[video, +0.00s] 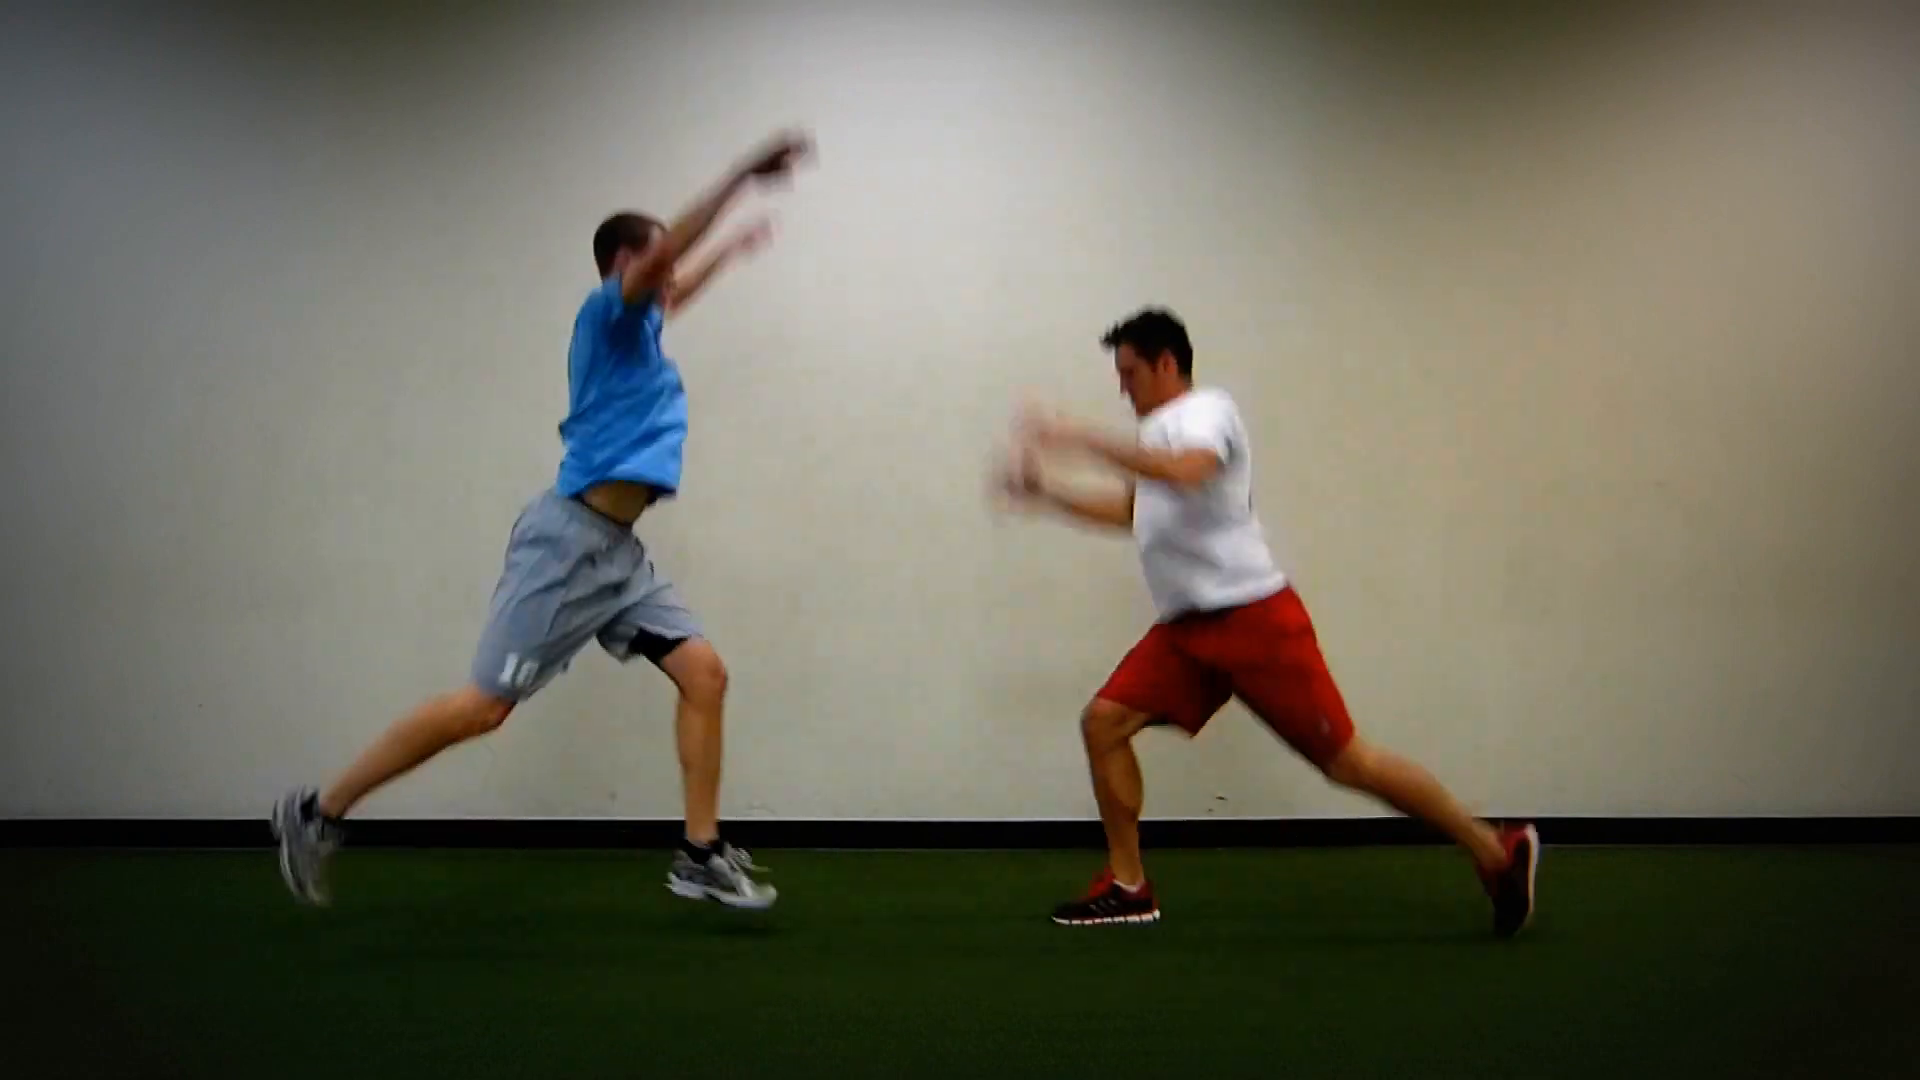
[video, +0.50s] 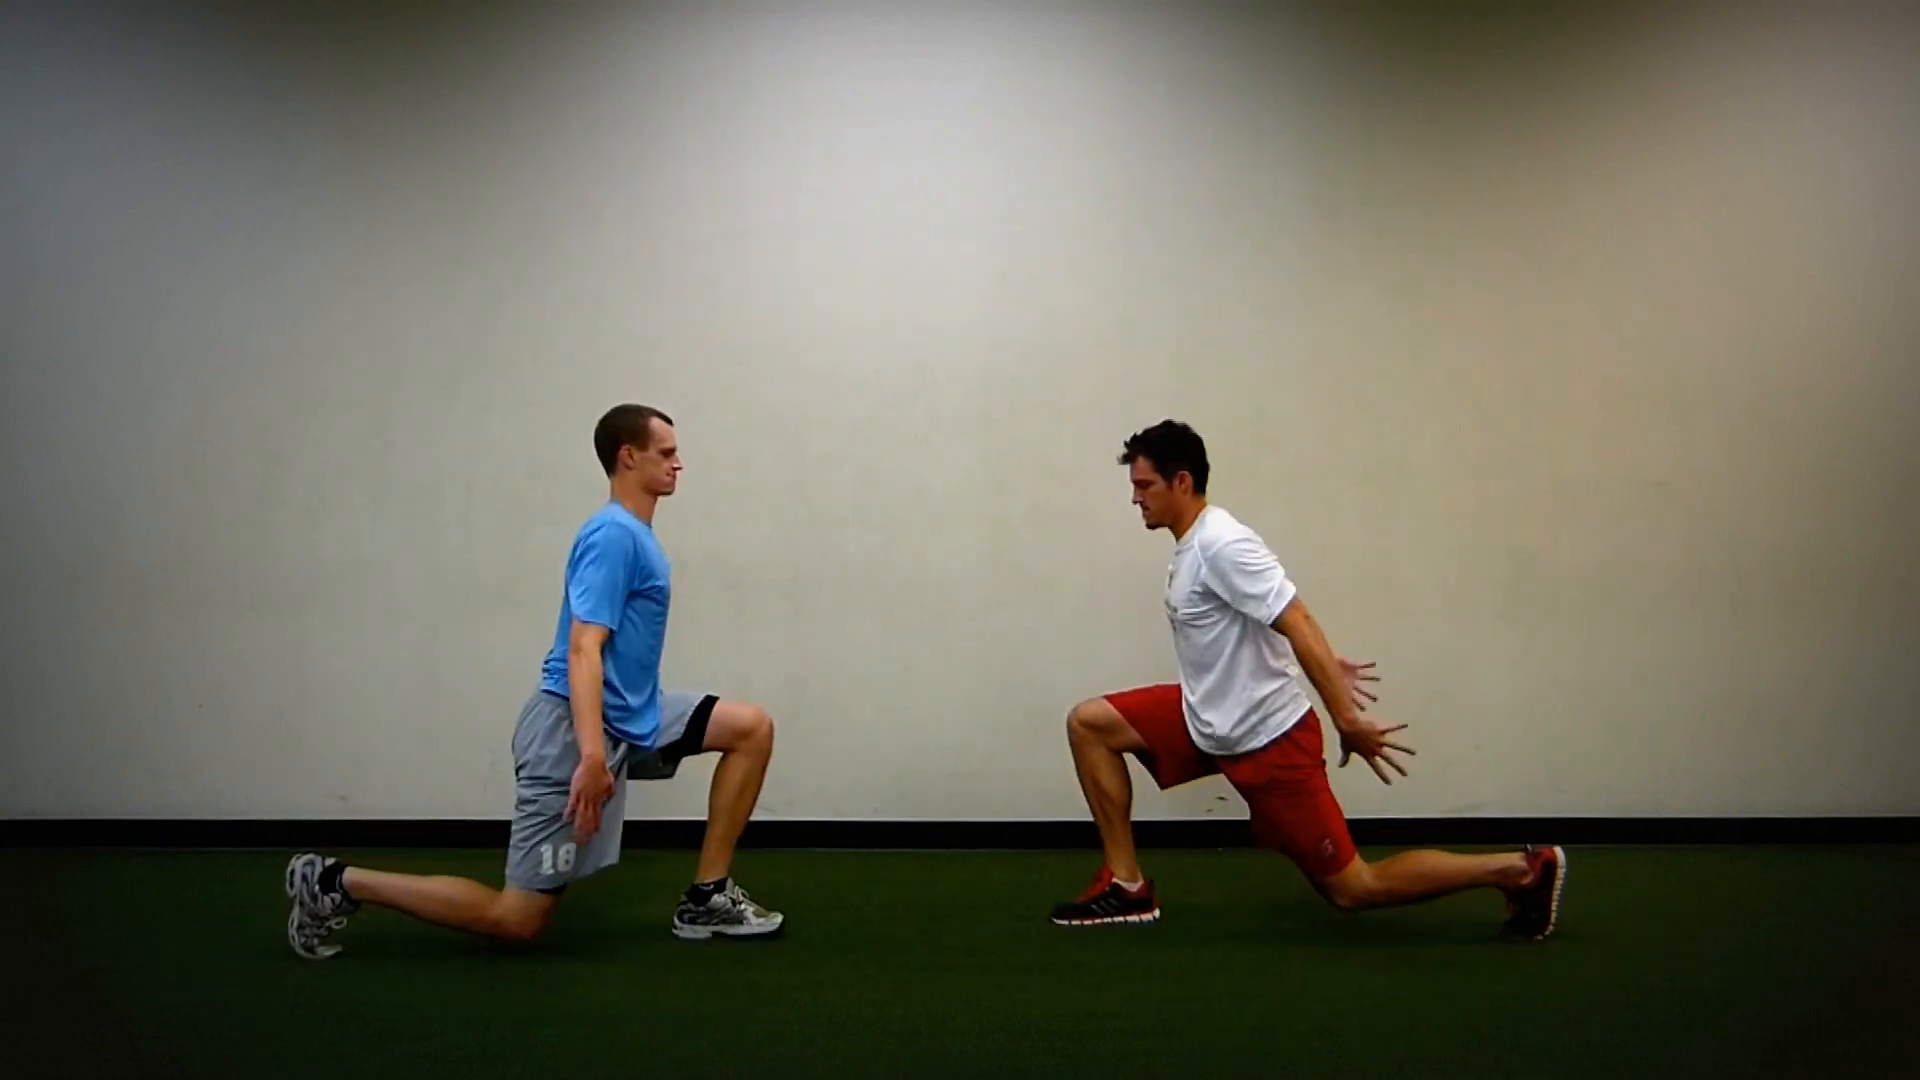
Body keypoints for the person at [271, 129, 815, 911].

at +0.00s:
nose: (670, 261)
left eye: (669, 252)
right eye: (661, 252)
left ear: (640, 262)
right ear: (626, 259)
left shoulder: (641, 330)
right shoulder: (608, 317)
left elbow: (679, 291)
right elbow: (669, 250)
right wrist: (747, 173)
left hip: (619, 549)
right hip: (565, 537)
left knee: (703, 673)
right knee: (484, 708)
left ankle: (703, 853)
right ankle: (319, 811)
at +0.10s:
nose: (672, 358)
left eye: (673, 346)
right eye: (662, 345)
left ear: (638, 349)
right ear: (623, 346)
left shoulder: (644, 425)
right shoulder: (604, 402)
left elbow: (685, 440)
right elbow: (635, 422)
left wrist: (740, 426)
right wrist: (728, 387)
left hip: (620, 625)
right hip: (562, 619)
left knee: (725, 722)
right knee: (479, 803)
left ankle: (705, 899)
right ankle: (305, 882)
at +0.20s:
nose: (677, 429)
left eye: (674, 416)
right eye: (666, 418)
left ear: (634, 425)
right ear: (627, 425)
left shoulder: (638, 500)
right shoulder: (609, 498)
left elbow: (639, 592)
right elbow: (597, 584)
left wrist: (694, 622)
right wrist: (660, 641)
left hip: (621, 687)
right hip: (565, 692)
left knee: (747, 729)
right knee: (498, 874)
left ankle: (709, 898)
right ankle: (307, 887)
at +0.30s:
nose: (679, 454)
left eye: (677, 443)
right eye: (668, 444)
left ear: (639, 450)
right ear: (632, 451)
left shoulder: (640, 524)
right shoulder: (611, 527)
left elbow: (615, 638)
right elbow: (589, 640)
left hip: (634, 705)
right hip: (576, 717)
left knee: (757, 732)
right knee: (526, 910)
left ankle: (711, 897)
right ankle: (336, 884)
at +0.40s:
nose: (679, 465)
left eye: (677, 454)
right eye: (668, 454)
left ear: (639, 461)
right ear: (630, 459)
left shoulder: (638, 534)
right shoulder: (610, 538)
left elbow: (615, 651)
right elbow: (584, 655)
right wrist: (589, 760)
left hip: (633, 713)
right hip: (575, 726)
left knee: (756, 732)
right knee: (522, 919)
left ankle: (710, 898)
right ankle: (334, 884)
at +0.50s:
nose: (677, 464)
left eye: (676, 453)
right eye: (667, 453)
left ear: (637, 459)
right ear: (629, 458)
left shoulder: (635, 532)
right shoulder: (611, 536)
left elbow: (606, 646)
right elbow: (584, 650)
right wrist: (592, 753)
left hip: (625, 711)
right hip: (571, 724)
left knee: (751, 730)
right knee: (520, 919)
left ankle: (710, 897)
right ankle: (333, 883)